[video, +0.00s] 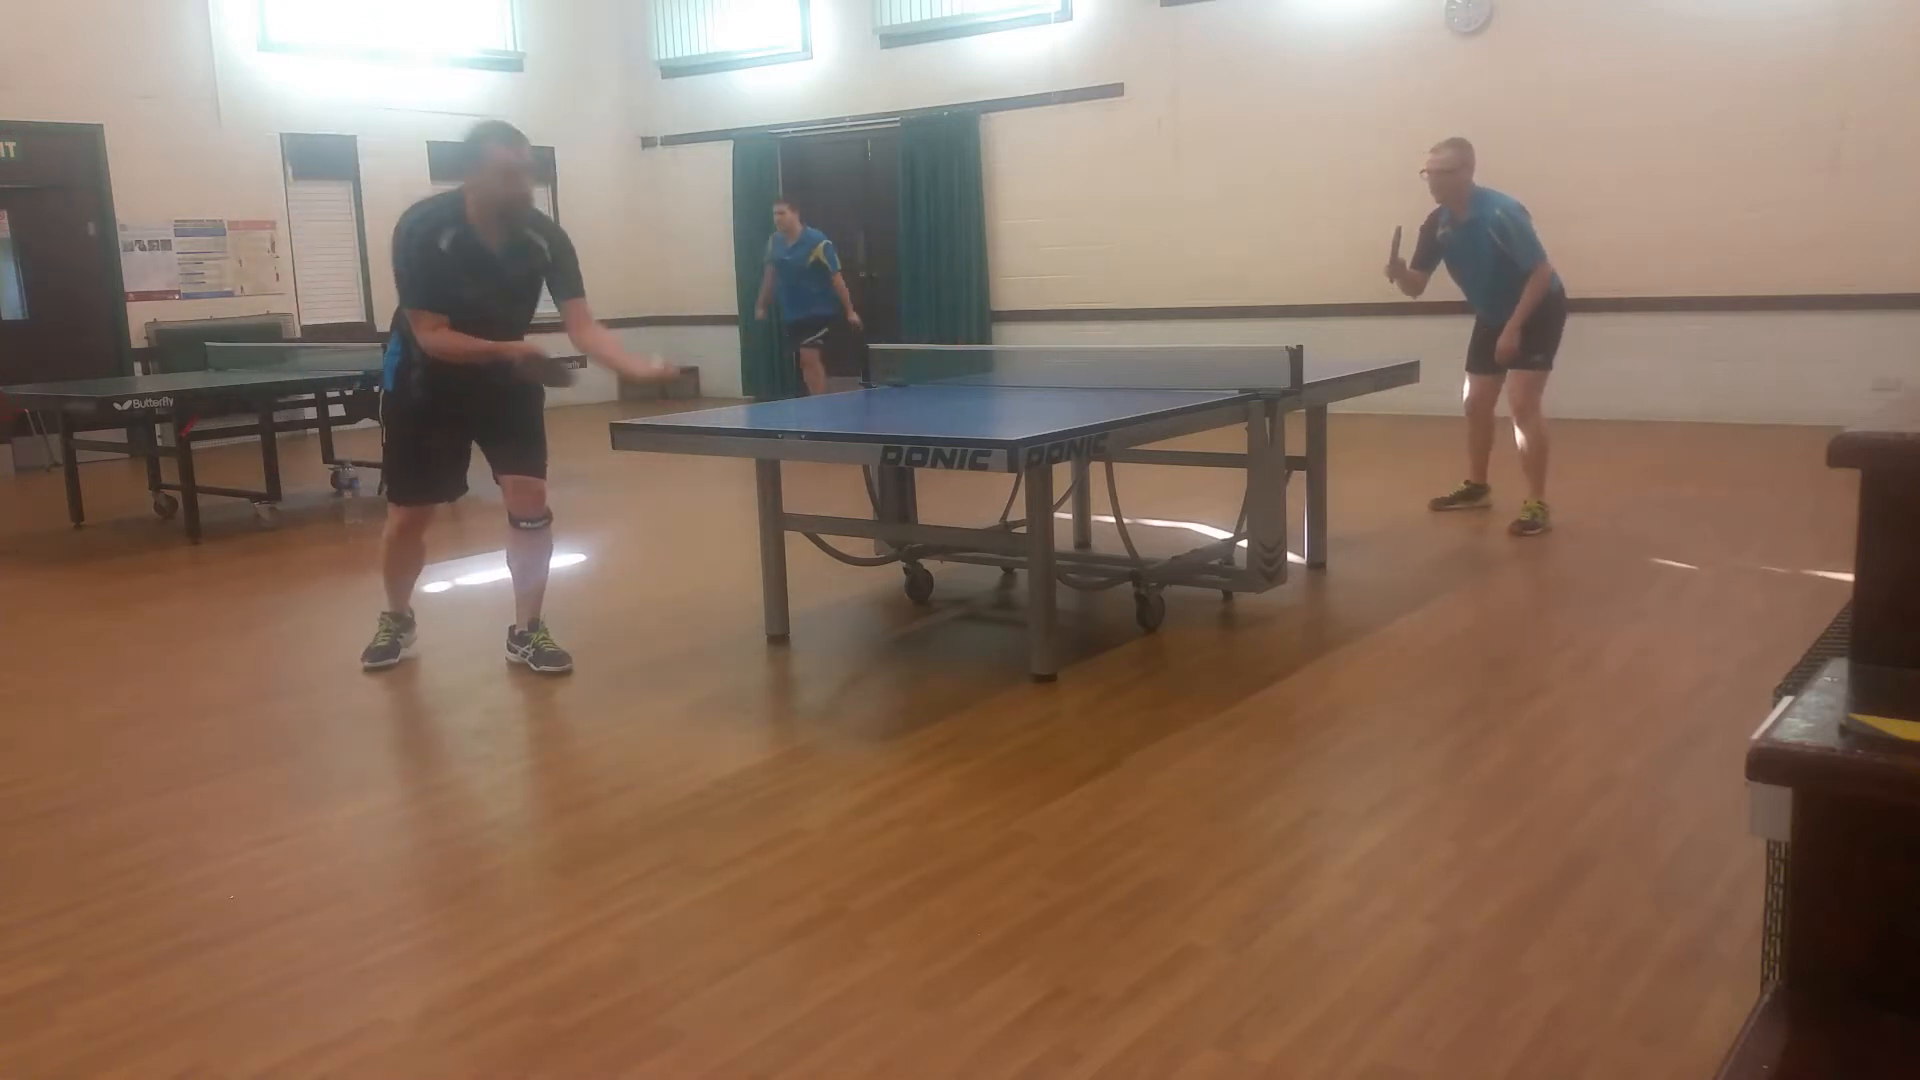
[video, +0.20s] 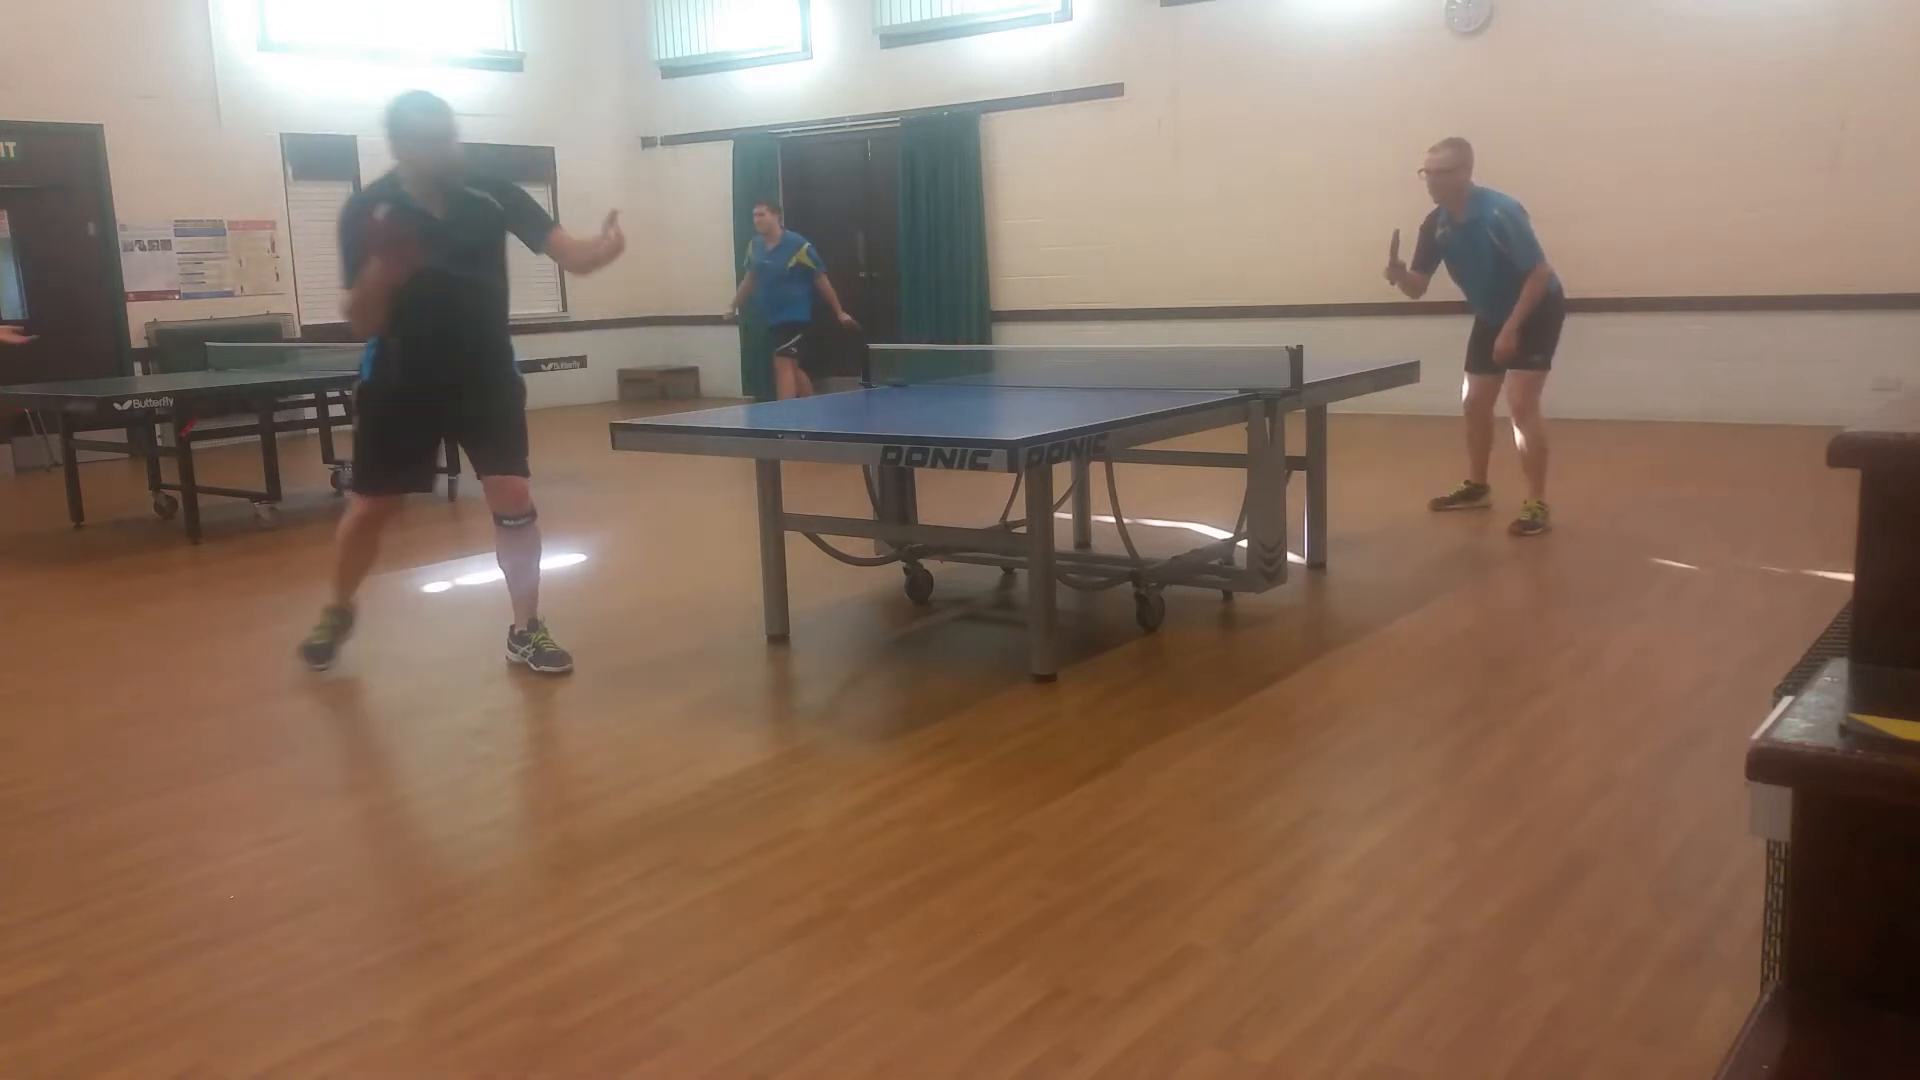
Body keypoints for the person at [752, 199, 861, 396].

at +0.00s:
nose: (777, 218)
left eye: (781, 213)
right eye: (775, 214)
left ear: (795, 214)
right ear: (773, 217)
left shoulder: (818, 242)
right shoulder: (775, 241)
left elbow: (837, 279)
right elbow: (769, 275)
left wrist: (850, 310)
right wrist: (762, 304)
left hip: (817, 310)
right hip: (791, 312)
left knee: (808, 359)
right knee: (808, 360)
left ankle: (820, 407)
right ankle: (821, 406)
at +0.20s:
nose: (756, 220)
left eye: (761, 215)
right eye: (754, 216)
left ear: (776, 217)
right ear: (753, 219)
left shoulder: (798, 244)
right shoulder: (755, 245)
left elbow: (821, 279)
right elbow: (749, 279)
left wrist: (839, 312)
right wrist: (734, 305)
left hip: (795, 317)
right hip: (772, 318)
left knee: (782, 362)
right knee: (792, 368)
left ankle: (785, 418)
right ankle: (814, 413)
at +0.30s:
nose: (745, 216)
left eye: (750, 211)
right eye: (743, 212)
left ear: (764, 212)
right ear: (743, 217)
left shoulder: (787, 242)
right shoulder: (745, 241)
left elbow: (806, 278)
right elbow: (742, 277)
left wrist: (820, 315)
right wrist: (730, 308)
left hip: (782, 317)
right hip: (755, 318)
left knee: (776, 364)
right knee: (759, 371)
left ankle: (783, 417)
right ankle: (799, 397)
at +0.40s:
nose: (733, 211)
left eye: (738, 206)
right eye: (732, 207)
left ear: (752, 209)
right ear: (732, 212)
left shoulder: (774, 239)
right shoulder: (734, 239)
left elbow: (790, 277)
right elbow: (734, 280)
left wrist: (792, 315)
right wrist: (729, 311)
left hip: (772, 317)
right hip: (741, 316)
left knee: (775, 365)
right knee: (735, 363)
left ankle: (783, 413)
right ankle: (767, 403)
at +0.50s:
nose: (719, 212)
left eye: (723, 207)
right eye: (717, 208)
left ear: (738, 209)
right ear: (717, 213)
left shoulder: (758, 240)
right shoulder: (720, 240)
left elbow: (769, 277)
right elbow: (724, 279)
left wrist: (761, 313)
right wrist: (725, 311)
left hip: (760, 319)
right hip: (728, 319)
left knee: (771, 368)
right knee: (718, 365)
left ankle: (784, 417)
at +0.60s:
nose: (701, 216)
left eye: (707, 212)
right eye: (700, 212)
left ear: (722, 215)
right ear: (702, 217)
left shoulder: (741, 244)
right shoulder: (704, 245)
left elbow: (751, 280)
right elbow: (710, 283)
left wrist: (729, 305)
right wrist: (711, 312)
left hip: (748, 321)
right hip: (716, 322)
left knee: (764, 371)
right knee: (706, 373)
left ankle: (783, 420)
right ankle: (698, 426)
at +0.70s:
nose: (681, 219)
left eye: (687, 214)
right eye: (681, 215)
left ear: (704, 217)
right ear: (680, 219)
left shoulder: (720, 246)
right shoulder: (684, 248)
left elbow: (734, 281)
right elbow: (693, 283)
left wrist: (702, 298)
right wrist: (686, 300)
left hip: (729, 325)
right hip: (697, 325)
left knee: (750, 375)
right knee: (686, 375)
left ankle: (776, 417)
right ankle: (685, 427)